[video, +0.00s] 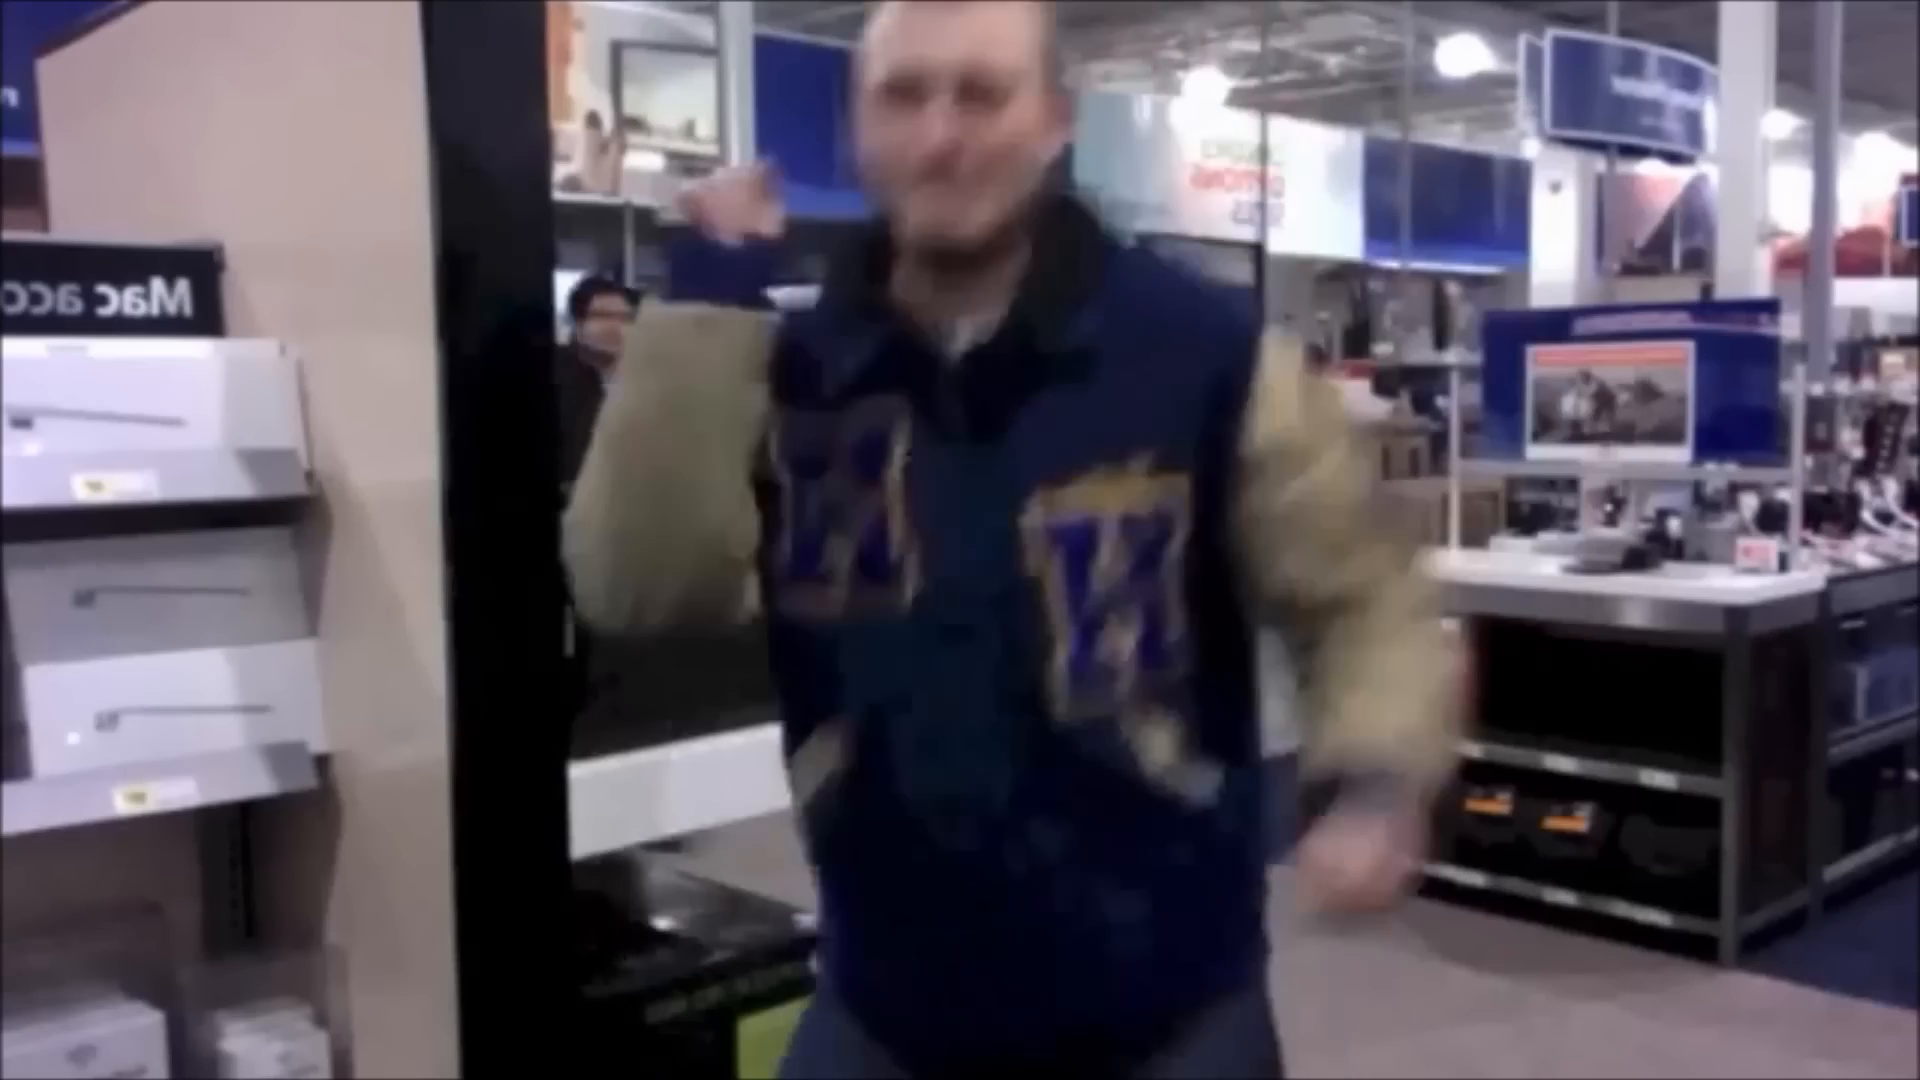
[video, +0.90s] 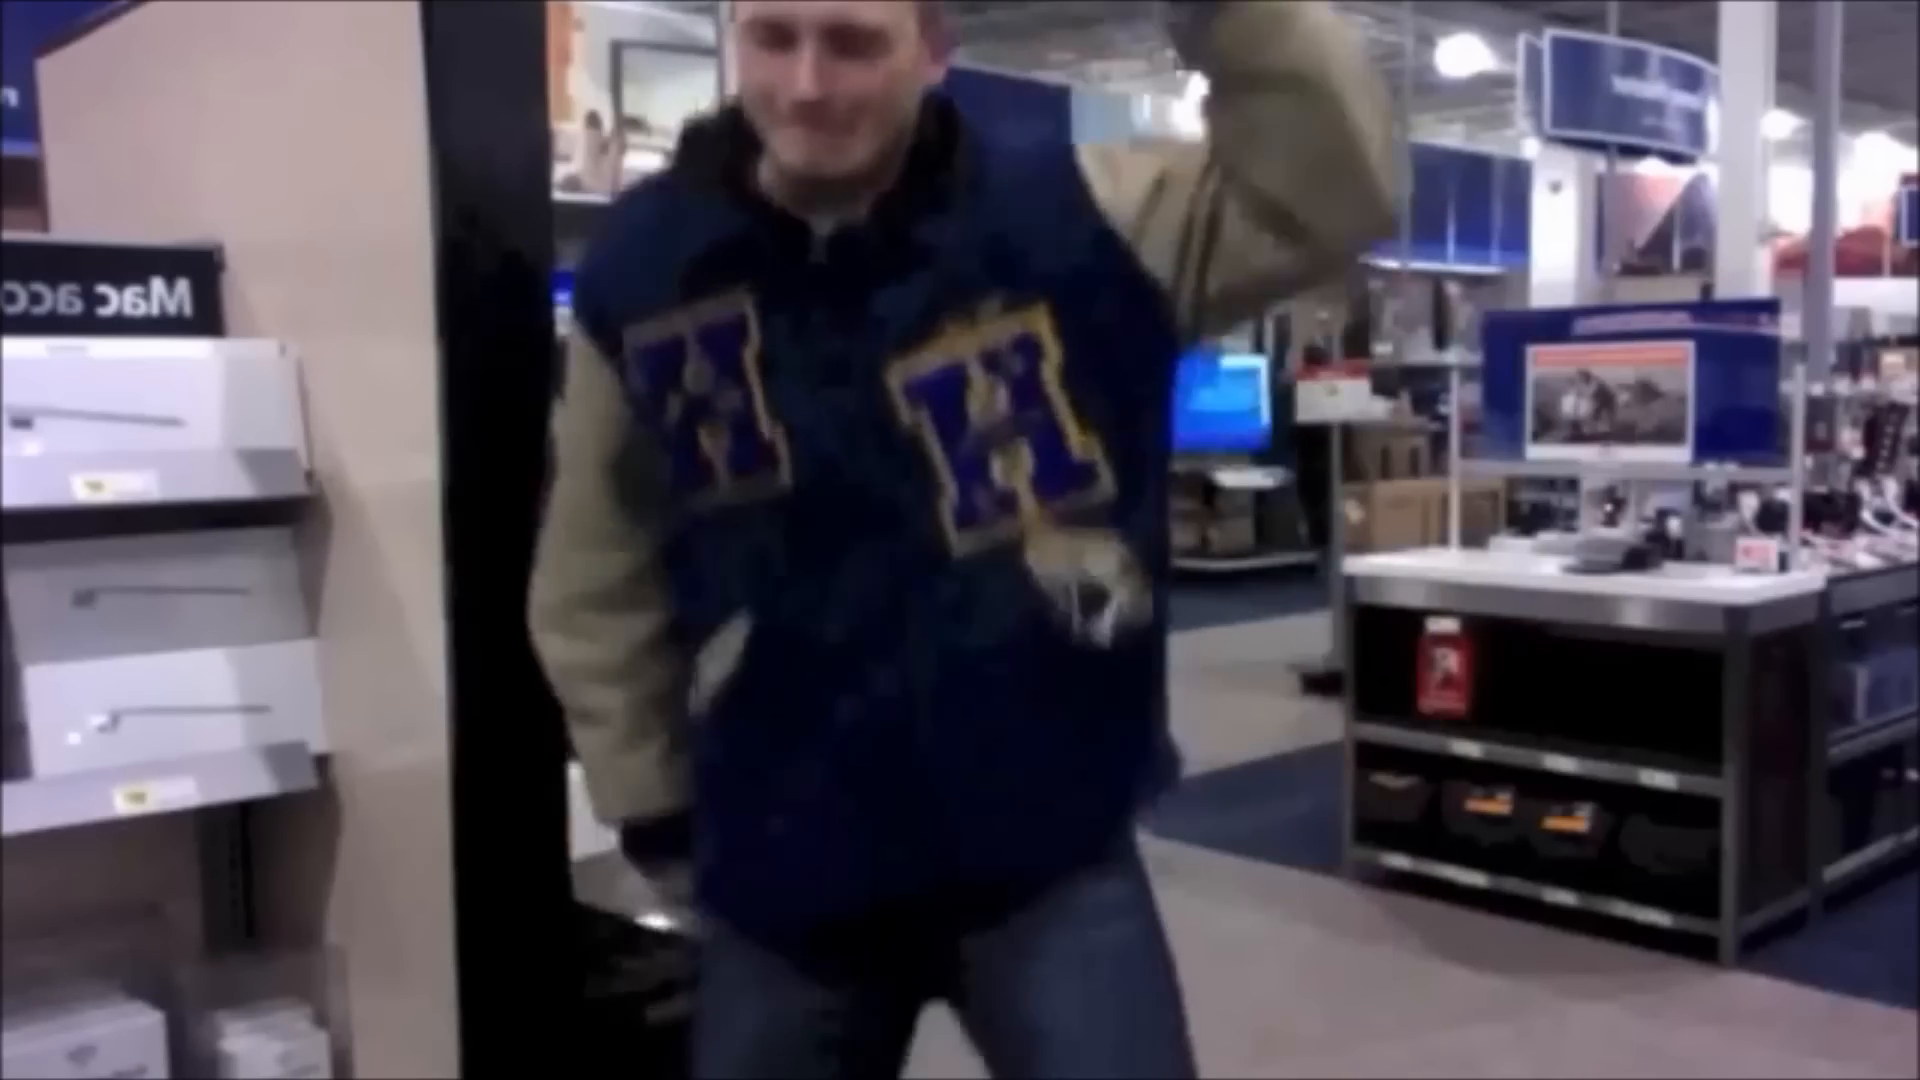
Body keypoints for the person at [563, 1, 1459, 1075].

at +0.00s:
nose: (940, 134)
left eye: (981, 96)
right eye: (903, 96)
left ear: (1055, 120)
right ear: (855, 124)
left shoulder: (1195, 351)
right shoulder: (799, 370)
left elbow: (1367, 593)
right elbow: (635, 593)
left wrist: (1371, 783)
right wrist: (706, 295)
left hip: (1161, 985)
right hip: (895, 982)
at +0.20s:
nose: (858, 123)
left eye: (897, 83)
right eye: (822, 86)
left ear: (979, 101)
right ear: (783, 111)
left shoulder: (1119, 316)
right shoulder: (723, 337)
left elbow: (1253, 559)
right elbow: (592, 624)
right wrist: (658, 382)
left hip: (1106, 917)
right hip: (846, 938)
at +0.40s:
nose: (814, 48)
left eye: (856, 9)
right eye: (778, 13)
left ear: (933, 25)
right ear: (739, 37)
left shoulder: (1079, 223)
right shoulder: (678, 277)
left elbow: (1291, 484)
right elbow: (609, 558)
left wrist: (1278, 355)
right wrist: (606, 823)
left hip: (1066, 844)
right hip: (821, 859)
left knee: (1143, 1062)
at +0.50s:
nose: (793, 134)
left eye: (833, 91)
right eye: (757, 93)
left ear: (918, 100)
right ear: (722, 106)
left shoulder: (1066, 285)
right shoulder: (666, 340)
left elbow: (1315, 379)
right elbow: (596, 684)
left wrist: (1210, 130)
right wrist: (623, 956)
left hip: (1051, 947)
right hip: (784, 953)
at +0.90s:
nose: (810, 82)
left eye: (853, 43)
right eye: (774, 41)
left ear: (932, 51)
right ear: (731, 51)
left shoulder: (1073, 210)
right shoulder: (650, 275)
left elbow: (1323, 205)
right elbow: (591, 578)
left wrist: (1225, 10)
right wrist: (658, 812)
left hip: (1046, 841)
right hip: (789, 855)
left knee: (1132, 1072)